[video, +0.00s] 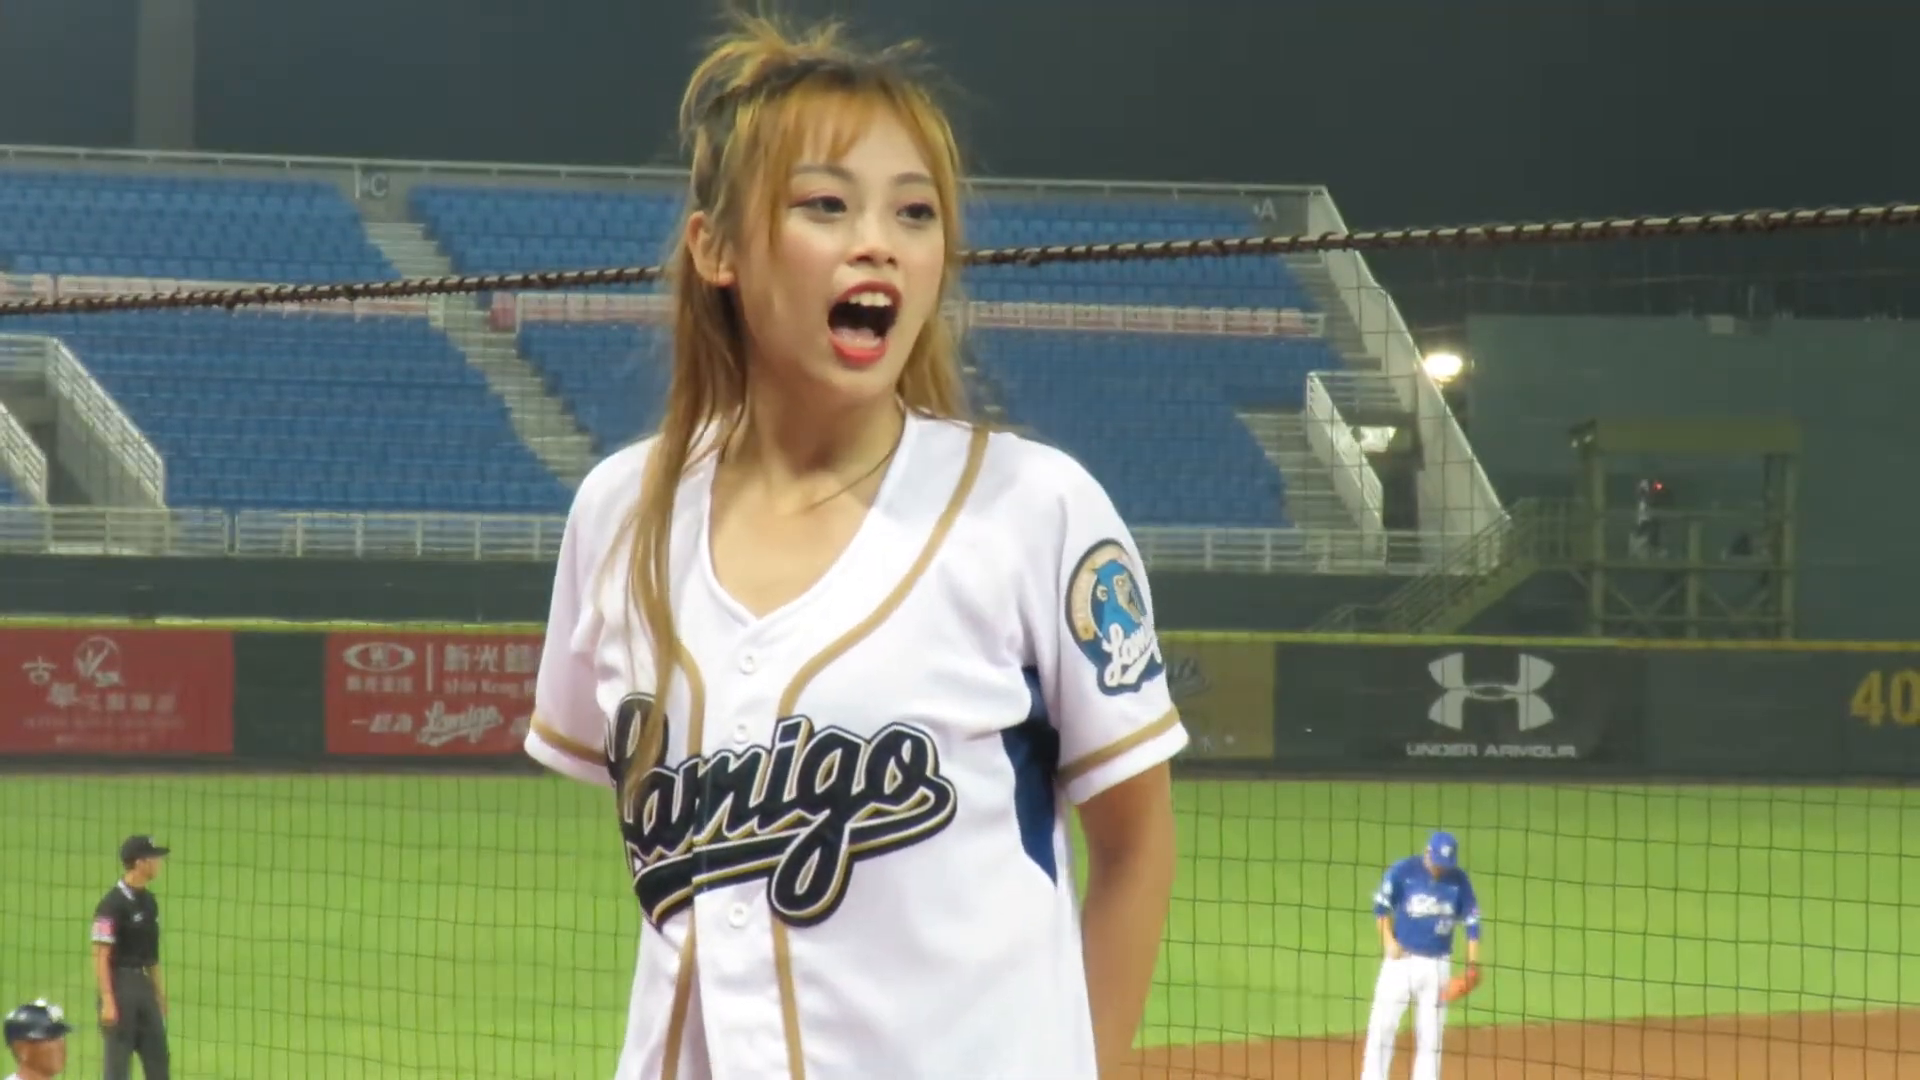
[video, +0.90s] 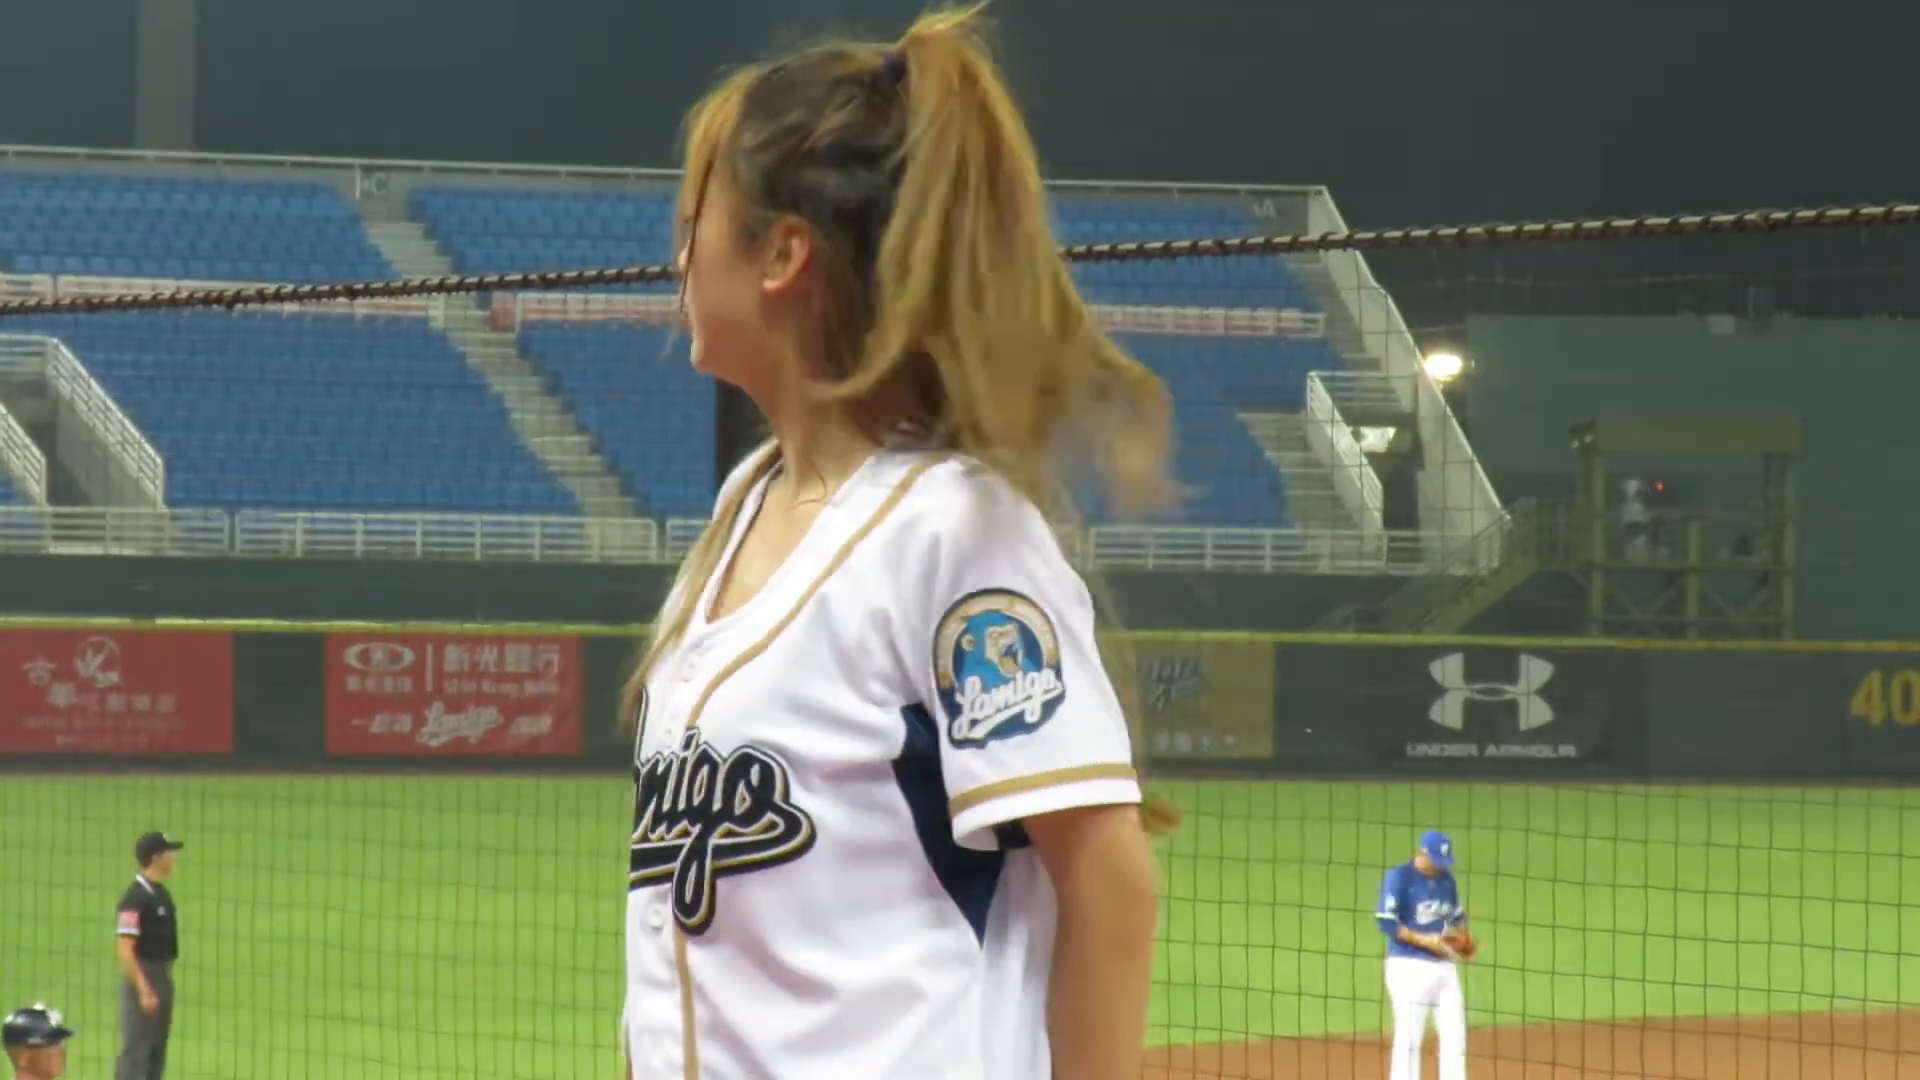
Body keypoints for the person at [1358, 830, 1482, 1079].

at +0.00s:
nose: (1439, 869)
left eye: (1445, 866)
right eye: (1435, 864)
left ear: (1452, 861)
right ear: (1426, 854)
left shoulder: (1459, 880)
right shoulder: (1403, 871)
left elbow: (1472, 922)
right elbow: (1382, 906)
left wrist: (1471, 965)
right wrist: (1389, 941)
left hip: (1436, 965)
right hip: (1399, 961)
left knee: (1430, 1038)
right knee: (1380, 1032)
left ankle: (1426, 1077)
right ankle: (1373, 1076)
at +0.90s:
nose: (1439, 869)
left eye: (1441, 864)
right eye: (1435, 863)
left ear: (1444, 860)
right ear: (1422, 855)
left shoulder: (1446, 879)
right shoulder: (1397, 878)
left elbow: (1457, 917)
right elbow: (1388, 923)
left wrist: (1463, 939)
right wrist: (1430, 941)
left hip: (1443, 964)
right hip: (1408, 965)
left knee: (1454, 1039)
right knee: (1408, 1040)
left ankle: (1453, 1076)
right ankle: (1404, 1077)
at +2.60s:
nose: (1447, 846)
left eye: (1452, 840)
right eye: (1441, 840)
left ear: (1459, 845)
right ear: (1431, 845)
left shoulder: (1472, 881)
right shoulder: (1415, 879)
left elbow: (1485, 919)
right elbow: (1403, 918)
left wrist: (1471, 939)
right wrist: (1432, 937)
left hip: (1464, 967)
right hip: (1427, 966)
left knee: (1465, 1042)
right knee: (1423, 1040)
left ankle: (1464, 1077)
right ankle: (1413, 1076)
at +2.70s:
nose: (1441, 845)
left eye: (1446, 839)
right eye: (1436, 839)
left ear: (1452, 844)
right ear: (1426, 844)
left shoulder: (1466, 881)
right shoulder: (1409, 879)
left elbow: (1477, 923)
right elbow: (1394, 916)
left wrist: (1472, 956)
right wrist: (1412, 944)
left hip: (1458, 966)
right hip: (1421, 967)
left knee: (1460, 1043)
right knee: (1418, 1041)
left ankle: (1462, 1077)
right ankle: (1411, 1077)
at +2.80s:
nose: (1436, 845)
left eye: (1441, 840)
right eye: (1430, 840)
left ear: (1447, 845)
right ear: (1419, 845)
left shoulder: (1460, 881)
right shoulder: (1403, 879)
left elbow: (1470, 927)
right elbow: (1388, 921)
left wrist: (1467, 962)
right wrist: (1397, 956)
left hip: (1452, 967)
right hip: (1416, 968)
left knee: (1457, 1045)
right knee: (1412, 1043)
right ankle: (1409, 1078)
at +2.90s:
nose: (1434, 845)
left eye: (1438, 839)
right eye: (1428, 839)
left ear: (1443, 844)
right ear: (1415, 845)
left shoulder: (1455, 880)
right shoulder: (1399, 880)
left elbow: (1464, 925)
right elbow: (1384, 925)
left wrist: (1463, 960)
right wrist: (1377, 961)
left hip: (1448, 966)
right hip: (1410, 966)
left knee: (1455, 1043)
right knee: (1409, 1040)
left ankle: (1458, 1078)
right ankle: (1405, 1077)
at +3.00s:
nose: (1431, 845)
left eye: (1434, 839)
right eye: (1425, 840)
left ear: (1439, 843)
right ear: (1412, 844)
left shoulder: (1451, 878)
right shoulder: (1396, 879)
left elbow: (1462, 921)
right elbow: (1378, 922)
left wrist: (1459, 956)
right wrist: (1374, 963)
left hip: (1446, 965)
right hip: (1409, 966)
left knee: (1453, 1041)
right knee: (1408, 1039)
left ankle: (1455, 1078)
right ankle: (1405, 1077)